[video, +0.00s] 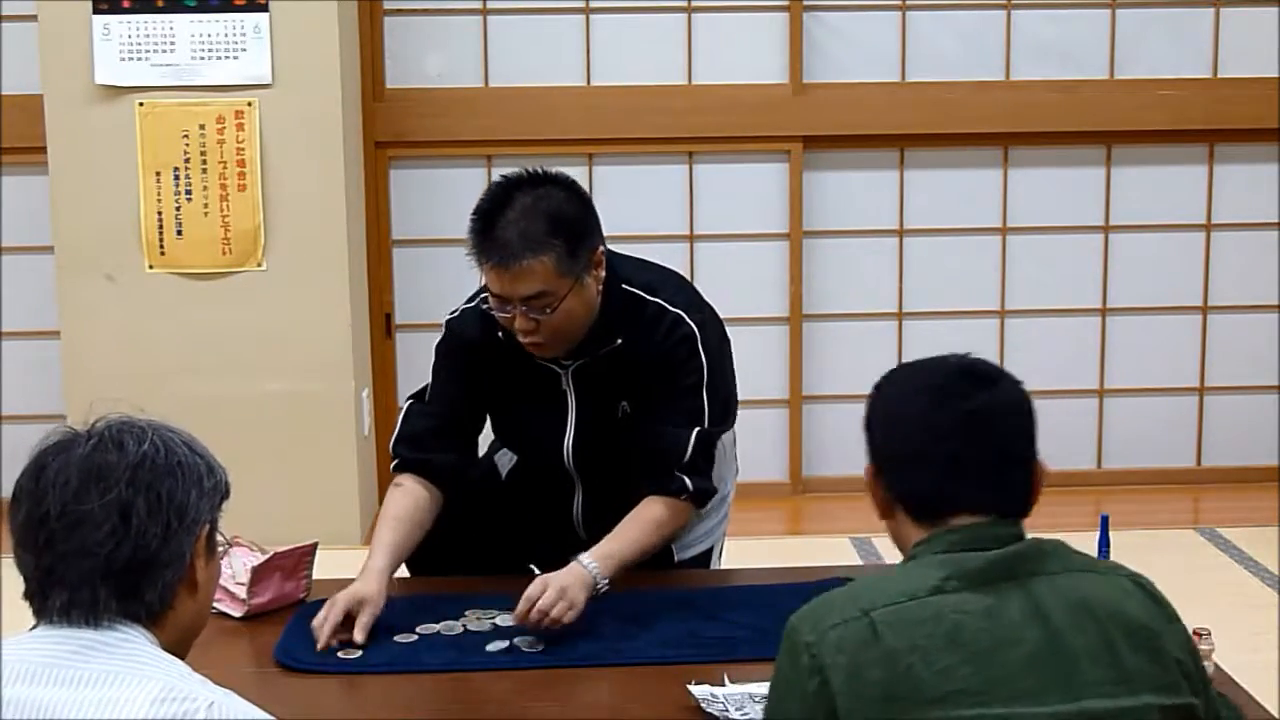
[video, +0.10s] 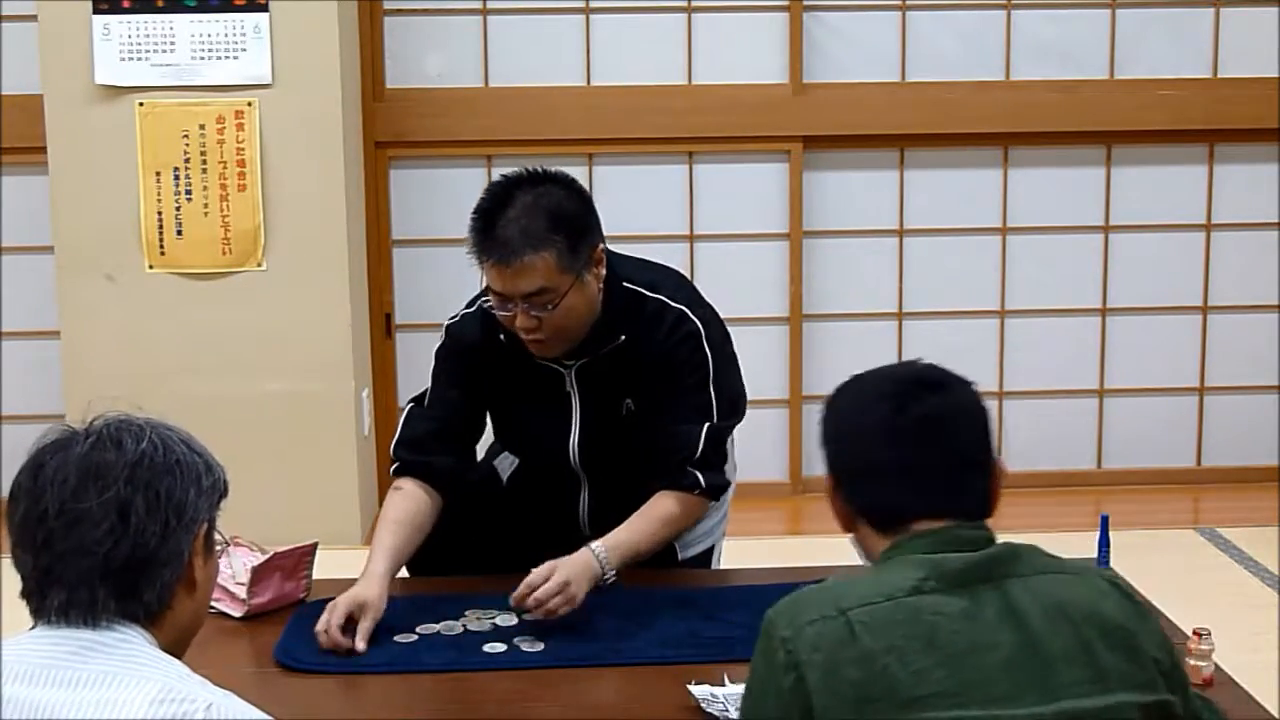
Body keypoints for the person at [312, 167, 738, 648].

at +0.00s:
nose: (520, 324)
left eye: (540, 304)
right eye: (501, 303)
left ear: (597, 269)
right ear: (485, 277)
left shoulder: (678, 328)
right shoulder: (476, 331)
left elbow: (684, 487)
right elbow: (425, 464)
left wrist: (587, 571)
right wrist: (373, 573)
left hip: (655, 524)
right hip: (537, 514)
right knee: (432, 524)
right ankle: (472, 679)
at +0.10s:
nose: (521, 322)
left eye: (541, 301)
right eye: (502, 301)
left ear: (596, 268)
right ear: (485, 277)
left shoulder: (677, 325)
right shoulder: (476, 335)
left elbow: (695, 483)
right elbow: (425, 467)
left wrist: (596, 561)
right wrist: (375, 576)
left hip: (655, 522)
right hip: (536, 517)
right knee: (431, 535)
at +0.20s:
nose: (529, 315)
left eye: (548, 294)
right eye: (510, 294)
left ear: (604, 263)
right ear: (493, 272)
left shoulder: (683, 325)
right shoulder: (483, 331)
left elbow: (690, 485)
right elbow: (431, 462)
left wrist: (581, 554)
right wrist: (386, 565)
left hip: (653, 542)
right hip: (527, 536)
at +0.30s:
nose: (543, 304)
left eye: (564, 282)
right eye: (525, 281)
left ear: (618, 250)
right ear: (509, 259)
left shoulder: (691, 318)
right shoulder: (492, 318)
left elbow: (681, 480)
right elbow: (449, 444)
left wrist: (566, 545)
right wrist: (415, 535)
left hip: (657, 547)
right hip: (531, 541)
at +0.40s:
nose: (558, 286)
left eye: (580, 265)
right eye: (540, 263)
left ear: (634, 238)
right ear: (523, 240)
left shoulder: (703, 306)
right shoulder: (506, 300)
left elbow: (688, 467)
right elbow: (472, 423)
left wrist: (562, 533)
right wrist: (444, 507)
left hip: (654, 534)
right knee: (419, 527)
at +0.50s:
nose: (567, 274)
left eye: (589, 253)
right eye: (548, 251)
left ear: (645, 226)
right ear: (533, 229)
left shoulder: (703, 301)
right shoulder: (510, 290)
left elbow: (694, 463)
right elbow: (474, 410)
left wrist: (568, 523)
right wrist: (458, 491)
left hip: (648, 523)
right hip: (525, 509)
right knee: (413, 529)